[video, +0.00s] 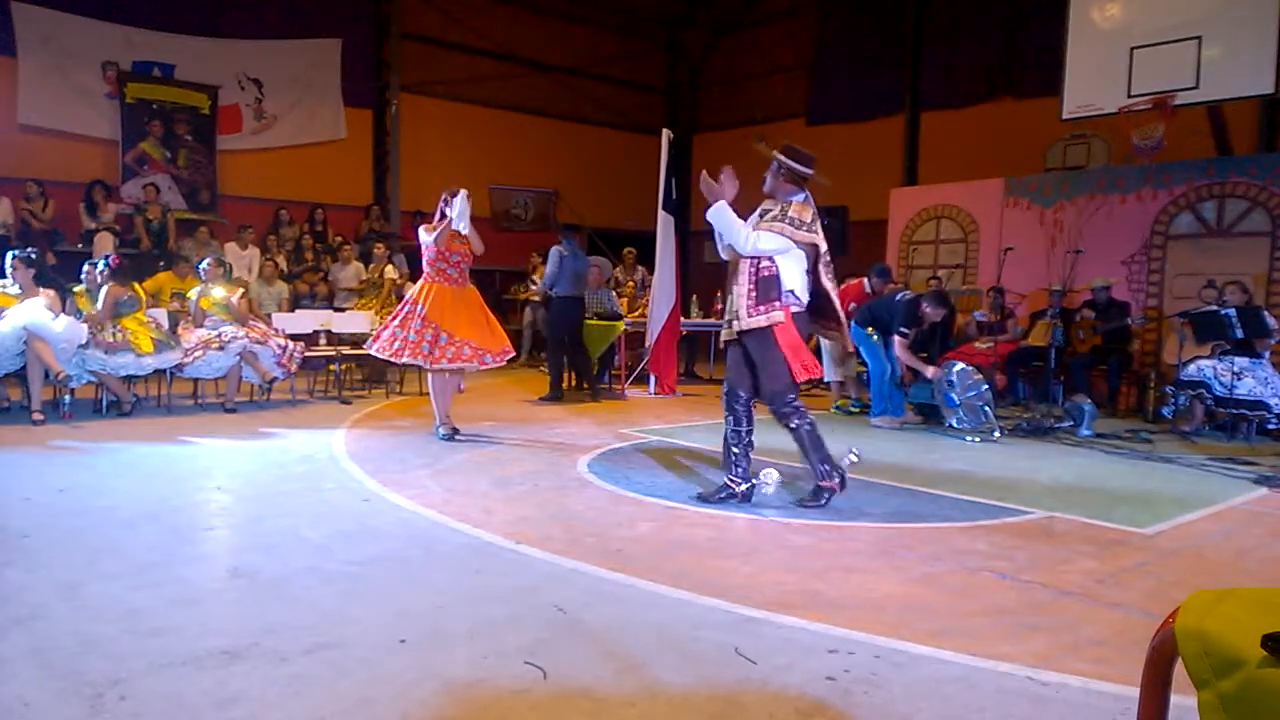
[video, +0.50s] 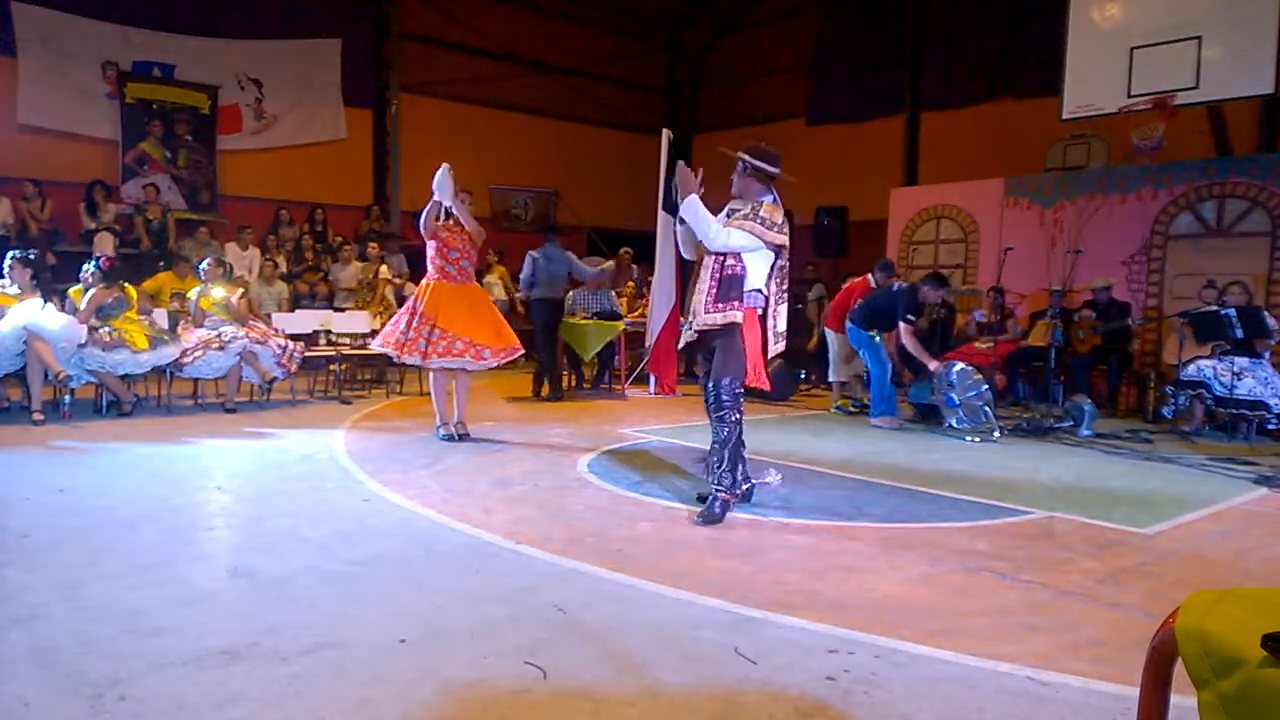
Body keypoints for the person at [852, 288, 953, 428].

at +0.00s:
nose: (938, 320)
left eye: (941, 316)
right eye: (937, 315)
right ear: (925, 307)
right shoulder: (907, 309)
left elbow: (905, 343)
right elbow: (900, 349)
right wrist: (925, 369)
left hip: (884, 331)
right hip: (865, 327)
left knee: (894, 370)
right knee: (881, 368)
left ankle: (898, 411)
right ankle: (879, 414)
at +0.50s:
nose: (939, 301)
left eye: (941, 298)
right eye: (938, 297)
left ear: (927, 288)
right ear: (928, 289)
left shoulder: (913, 295)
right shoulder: (909, 297)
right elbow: (906, 337)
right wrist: (929, 362)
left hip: (871, 328)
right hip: (862, 328)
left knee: (883, 367)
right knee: (881, 367)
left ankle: (885, 413)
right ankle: (880, 414)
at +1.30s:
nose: (940, 288)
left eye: (940, 283)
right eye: (938, 283)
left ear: (923, 280)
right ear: (928, 282)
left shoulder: (908, 288)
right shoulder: (907, 290)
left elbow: (907, 327)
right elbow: (903, 328)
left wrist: (927, 347)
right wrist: (935, 338)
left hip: (865, 326)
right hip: (858, 326)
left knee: (877, 366)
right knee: (878, 366)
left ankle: (874, 412)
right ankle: (877, 415)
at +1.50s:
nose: (933, 285)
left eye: (934, 280)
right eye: (932, 280)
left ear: (916, 273)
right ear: (925, 278)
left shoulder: (901, 282)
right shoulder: (911, 291)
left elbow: (893, 316)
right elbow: (926, 321)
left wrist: (912, 329)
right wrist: (934, 321)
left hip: (855, 323)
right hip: (863, 328)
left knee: (874, 368)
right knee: (882, 368)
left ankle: (872, 411)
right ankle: (879, 414)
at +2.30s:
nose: (928, 283)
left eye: (929, 278)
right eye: (928, 278)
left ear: (911, 271)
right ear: (920, 275)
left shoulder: (894, 281)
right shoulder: (907, 289)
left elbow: (899, 325)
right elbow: (910, 326)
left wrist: (920, 337)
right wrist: (928, 338)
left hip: (853, 323)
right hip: (863, 328)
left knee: (872, 367)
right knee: (882, 368)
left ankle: (871, 411)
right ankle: (879, 414)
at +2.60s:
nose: (930, 289)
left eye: (932, 285)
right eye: (930, 285)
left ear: (917, 278)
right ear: (921, 279)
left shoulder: (898, 284)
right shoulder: (905, 290)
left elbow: (888, 325)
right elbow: (897, 327)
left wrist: (902, 349)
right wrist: (910, 354)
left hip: (856, 323)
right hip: (861, 326)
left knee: (871, 367)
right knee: (878, 366)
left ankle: (871, 410)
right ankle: (878, 414)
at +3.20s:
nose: (926, 292)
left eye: (928, 288)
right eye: (926, 287)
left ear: (914, 279)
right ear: (916, 280)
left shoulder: (894, 283)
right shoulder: (902, 291)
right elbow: (904, 330)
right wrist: (921, 358)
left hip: (847, 323)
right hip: (856, 327)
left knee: (866, 368)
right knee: (870, 369)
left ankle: (868, 408)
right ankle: (862, 414)